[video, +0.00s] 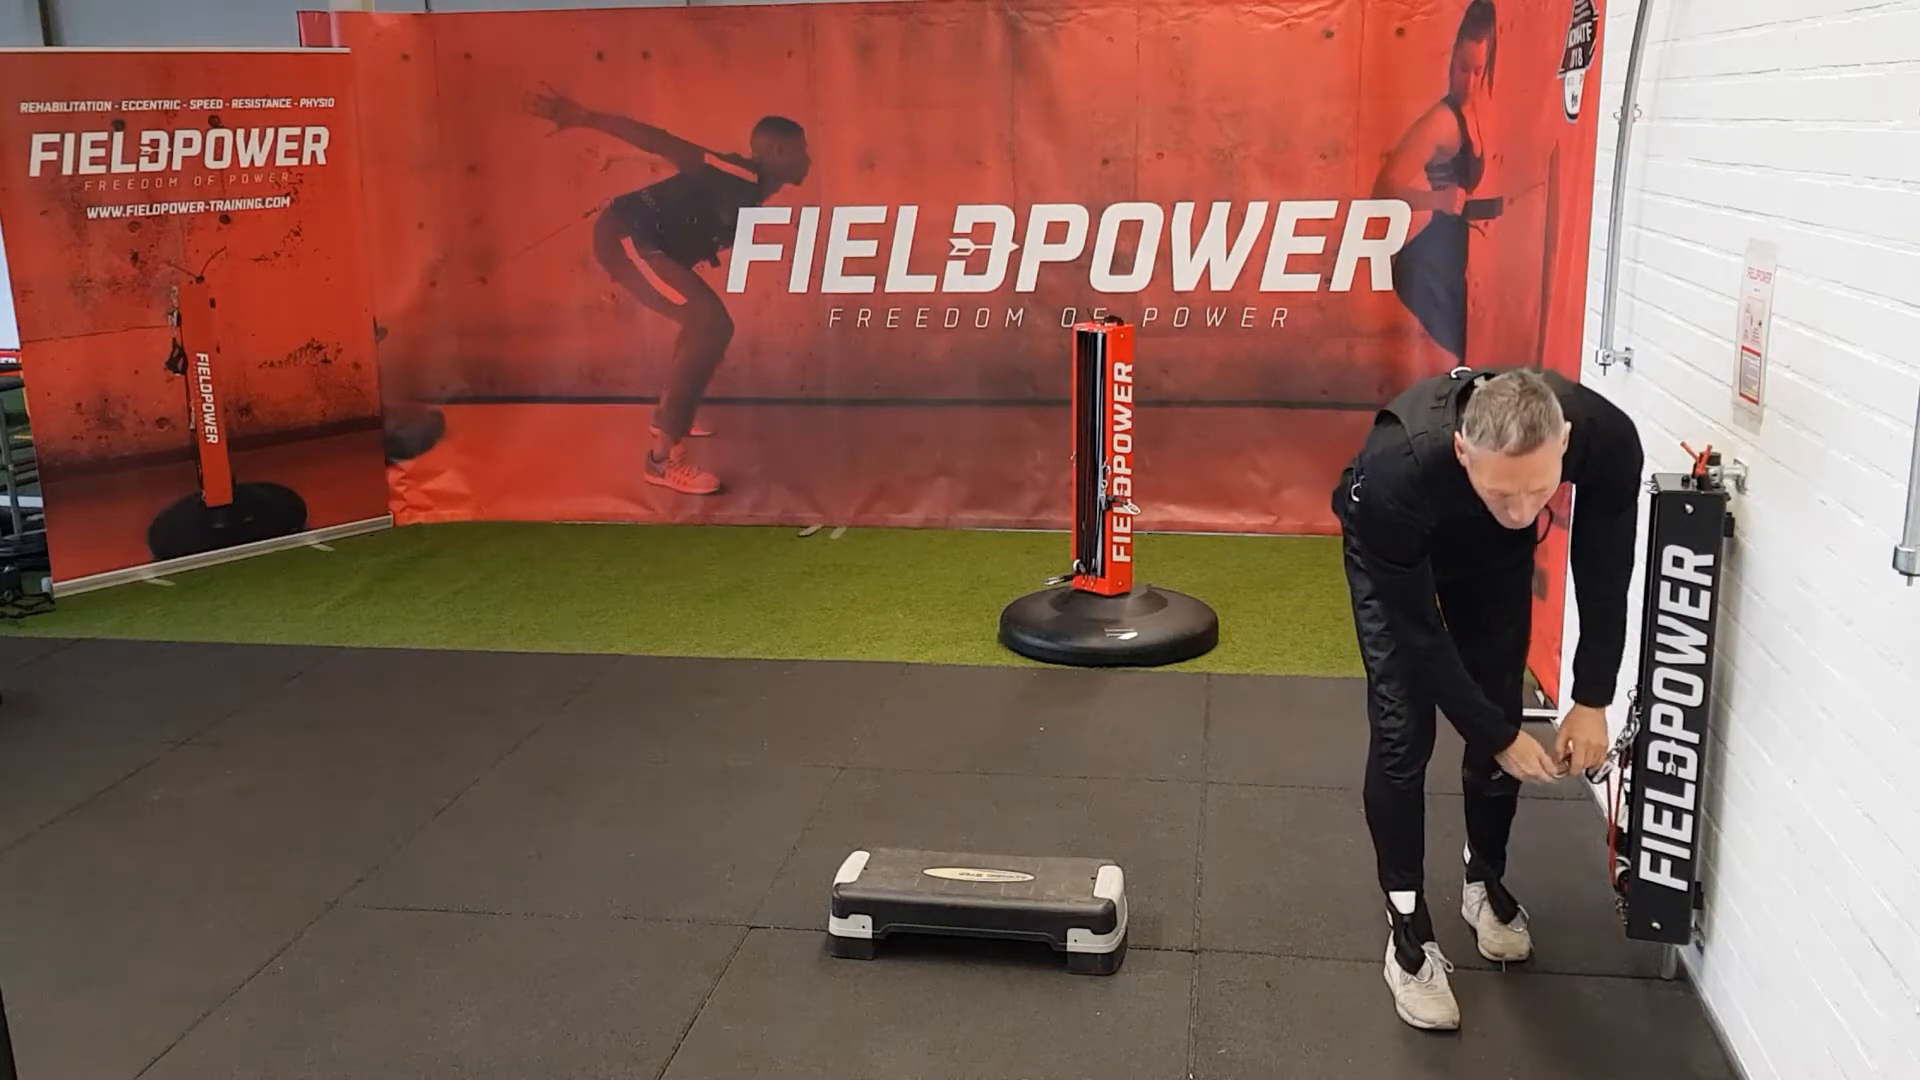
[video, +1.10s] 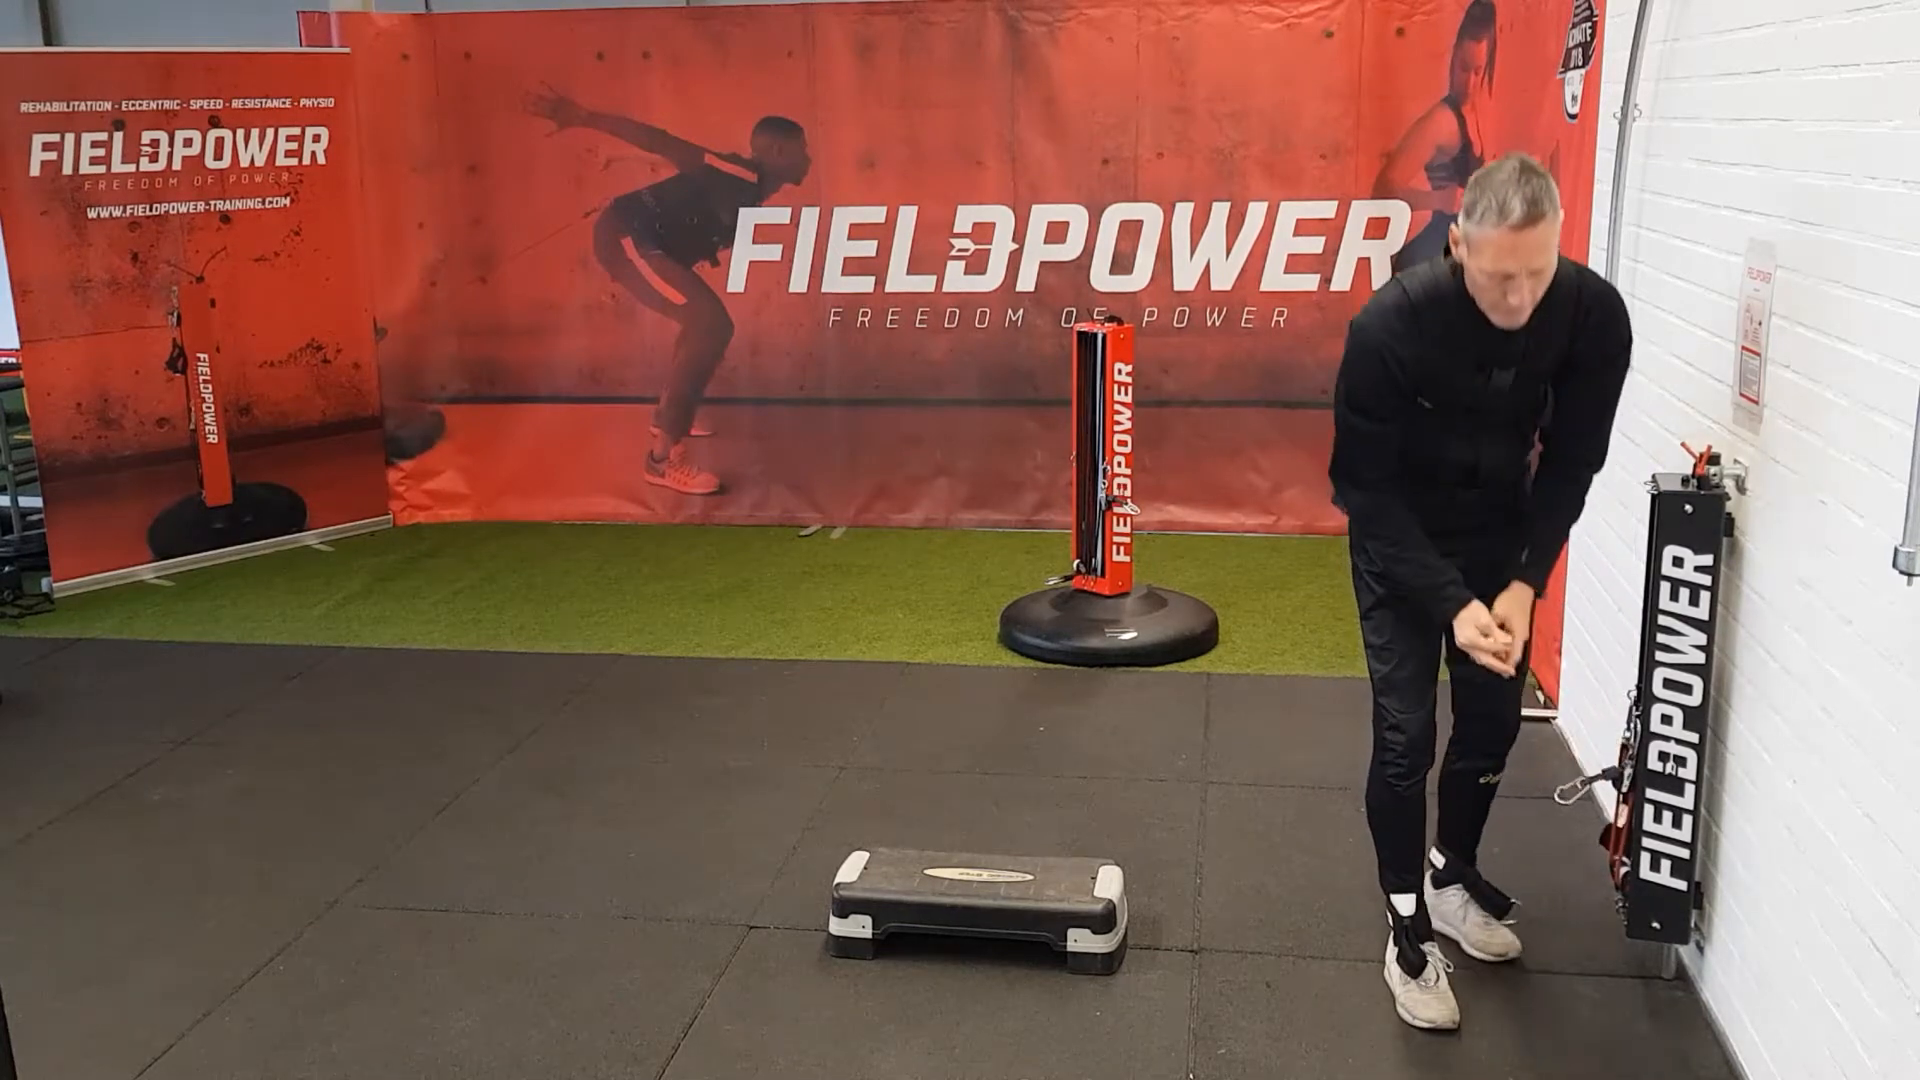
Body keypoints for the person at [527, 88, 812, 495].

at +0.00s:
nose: (808, 158)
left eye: (805, 149)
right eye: (801, 150)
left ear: (773, 151)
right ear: (773, 151)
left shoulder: (746, 186)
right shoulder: (735, 179)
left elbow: (660, 142)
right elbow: (658, 141)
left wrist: (583, 116)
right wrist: (583, 117)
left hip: (641, 235)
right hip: (627, 234)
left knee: (709, 322)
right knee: (713, 326)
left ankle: (670, 413)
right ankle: (663, 457)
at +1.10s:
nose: (808, 158)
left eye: (805, 149)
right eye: (801, 149)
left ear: (774, 151)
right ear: (774, 150)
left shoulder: (746, 186)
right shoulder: (734, 179)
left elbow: (660, 142)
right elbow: (658, 141)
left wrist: (583, 116)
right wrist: (583, 117)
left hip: (641, 235)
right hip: (627, 233)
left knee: (709, 322)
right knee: (713, 326)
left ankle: (670, 413)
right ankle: (664, 457)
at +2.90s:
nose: (807, 159)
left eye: (805, 150)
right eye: (800, 150)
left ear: (773, 151)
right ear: (772, 150)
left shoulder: (749, 187)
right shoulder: (736, 178)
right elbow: (663, 143)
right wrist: (584, 118)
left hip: (644, 236)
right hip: (626, 233)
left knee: (709, 321)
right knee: (713, 326)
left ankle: (671, 411)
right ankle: (665, 457)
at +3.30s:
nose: (807, 159)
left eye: (805, 150)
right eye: (800, 150)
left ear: (774, 151)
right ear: (772, 150)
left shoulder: (749, 188)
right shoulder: (735, 177)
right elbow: (662, 142)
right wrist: (584, 117)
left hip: (644, 236)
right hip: (626, 233)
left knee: (709, 321)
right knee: (713, 326)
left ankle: (671, 411)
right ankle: (665, 457)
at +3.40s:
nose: (807, 159)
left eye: (805, 150)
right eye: (801, 151)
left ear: (773, 151)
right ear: (772, 150)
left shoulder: (749, 187)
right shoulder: (736, 177)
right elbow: (663, 143)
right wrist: (584, 118)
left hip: (644, 236)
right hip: (626, 233)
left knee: (709, 321)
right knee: (713, 326)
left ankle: (671, 411)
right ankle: (665, 457)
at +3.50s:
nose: (807, 159)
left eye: (805, 150)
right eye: (800, 150)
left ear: (774, 151)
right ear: (772, 150)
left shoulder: (749, 188)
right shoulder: (735, 177)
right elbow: (662, 142)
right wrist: (584, 117)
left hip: (644, 236)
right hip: (626, 233)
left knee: (709, 321)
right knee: (713, 326)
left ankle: (670, 411)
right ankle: (665, 457)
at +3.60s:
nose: (807, 158)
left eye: (805, 150)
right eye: (800, 150)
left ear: (774, 151)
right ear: (771, 150)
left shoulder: (750, 189)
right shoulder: (736, 177)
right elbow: (663, 143)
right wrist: (585, 117)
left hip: (645, 236)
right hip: (626, 233)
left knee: (709, 321)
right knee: (713, 326)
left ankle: (671, 411)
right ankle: (665, 457)